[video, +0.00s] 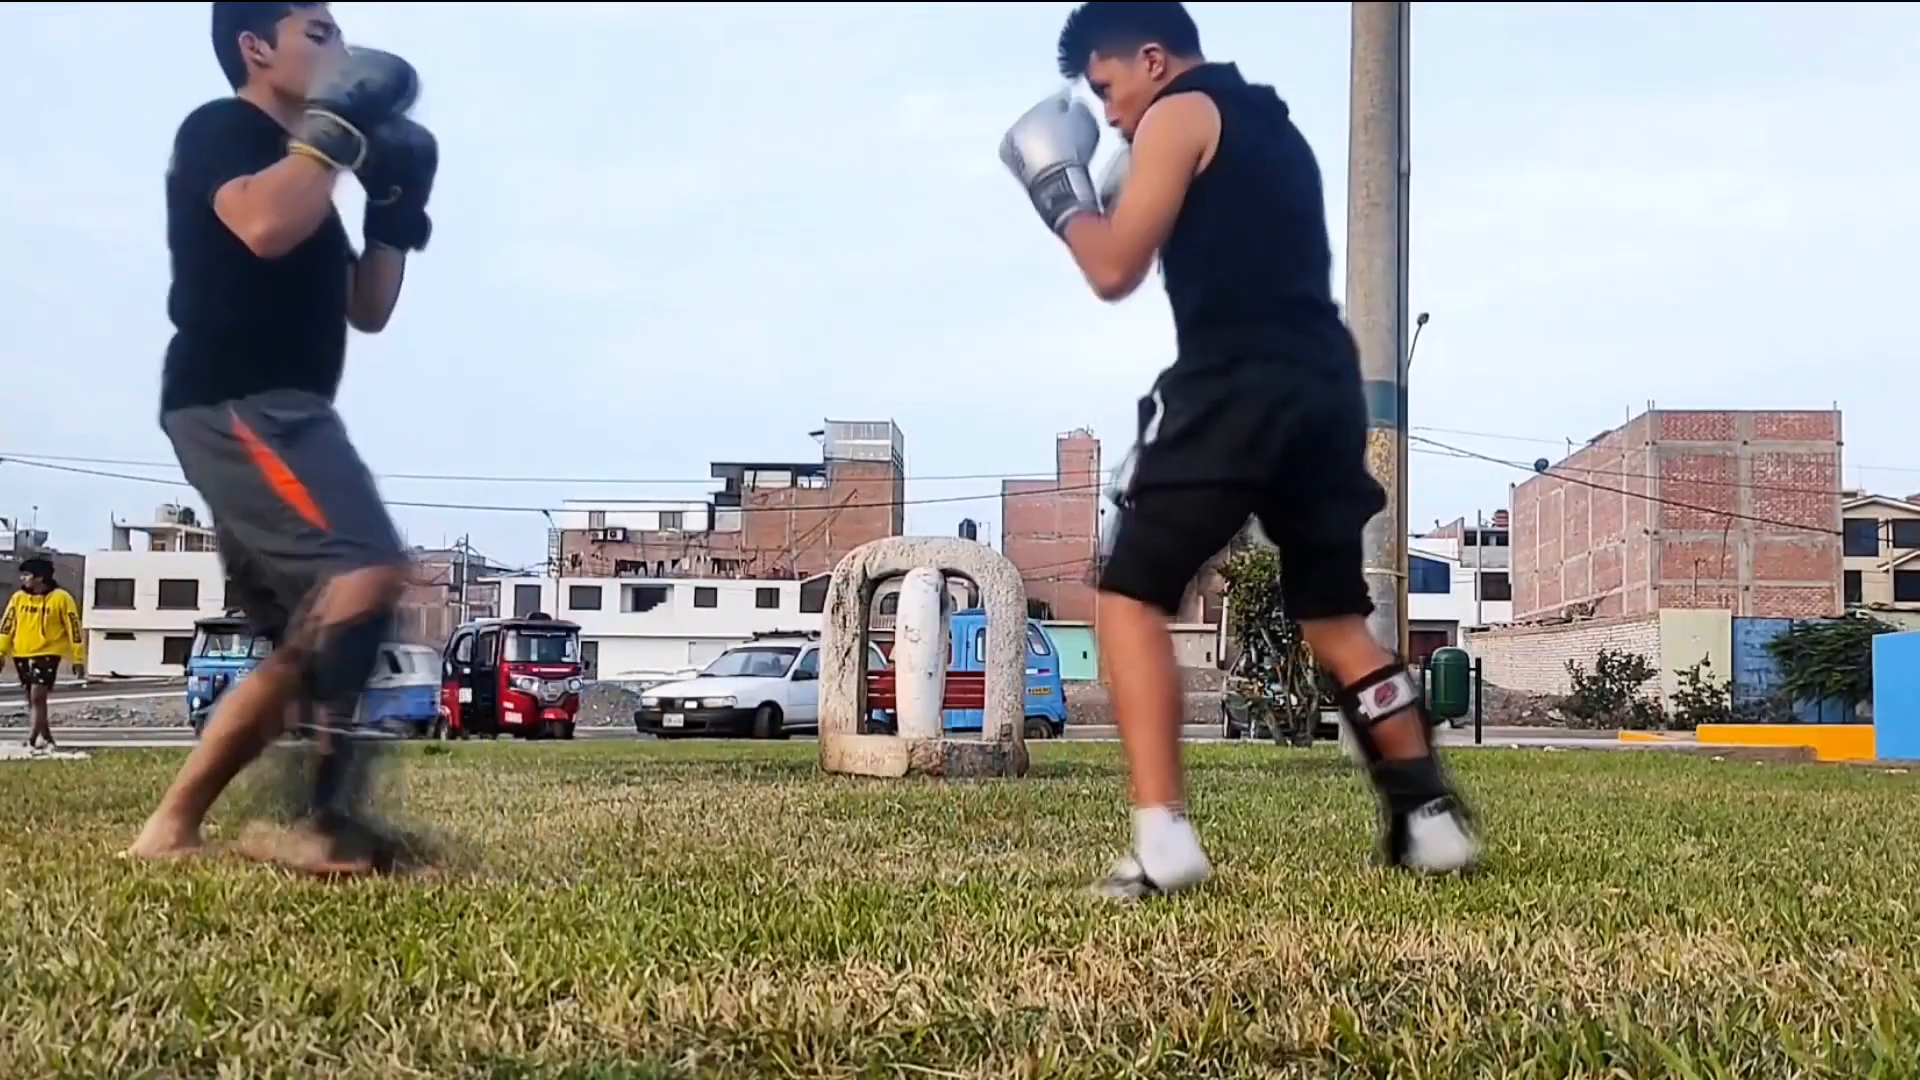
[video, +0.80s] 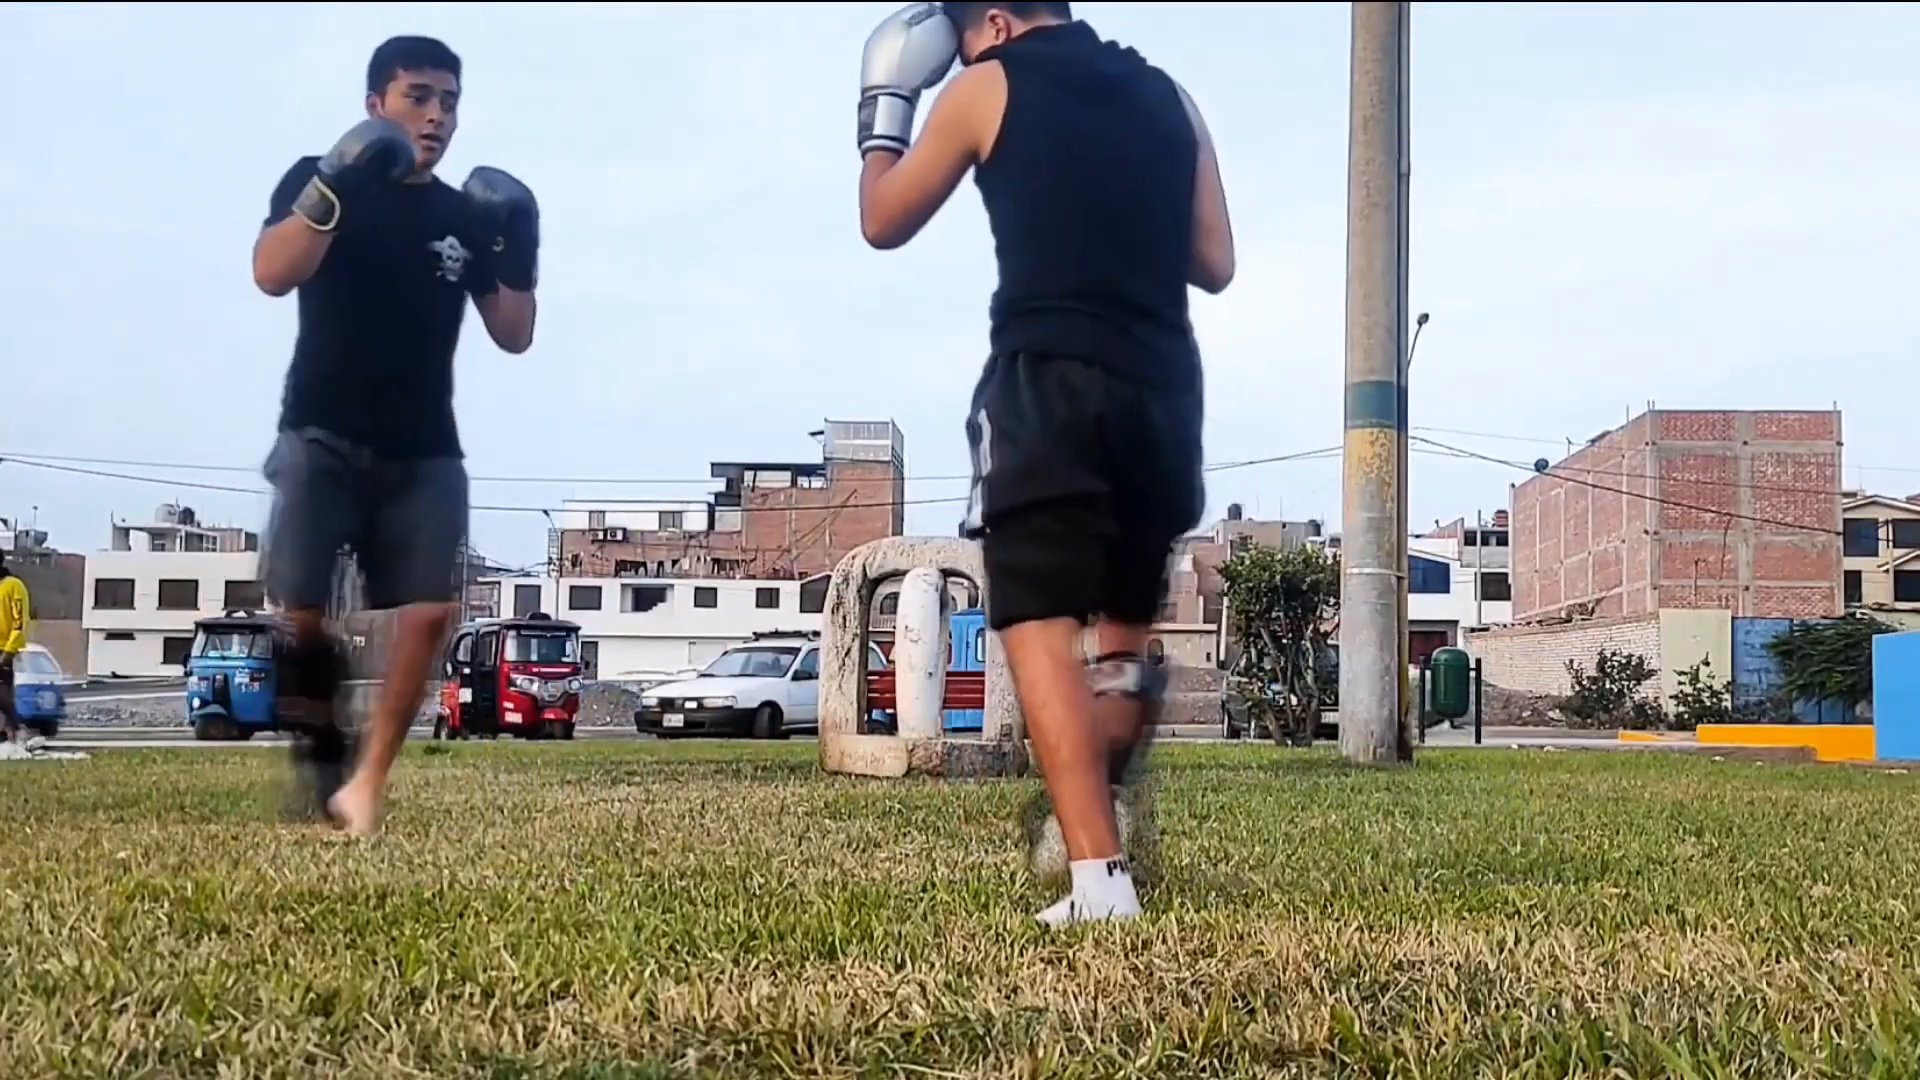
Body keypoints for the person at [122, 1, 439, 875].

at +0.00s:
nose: (339, 53)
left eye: (337, 37)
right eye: (317, 34)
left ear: (279, 54)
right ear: (255, 50)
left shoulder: (308, 160)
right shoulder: (219, 127)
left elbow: (369, 307)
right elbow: (265, 223)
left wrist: (395, 203)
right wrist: (338, 117)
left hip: (284, 403)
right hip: (239, 400)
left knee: (308, 642)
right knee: (363, 569)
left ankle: (170, 828)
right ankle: (325, 820)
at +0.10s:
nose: (311, 22)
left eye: (314, 11)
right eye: (291, 8)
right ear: (234, 21)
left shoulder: (302, 154)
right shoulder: (195, 97)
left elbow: (361, 284)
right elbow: (236, 193)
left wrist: (381, 178)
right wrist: (299, 84)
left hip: (282, 386)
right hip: (214, 372)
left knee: (287, 597)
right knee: (277, 570)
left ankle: (177, 803)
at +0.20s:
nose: (296, 20)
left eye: (300, 10)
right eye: (281, 5)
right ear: (223, 11)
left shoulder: (290, 147)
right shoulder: (174, 82)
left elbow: (343, 277)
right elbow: (203, 190)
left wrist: (366, 172)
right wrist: (270, 80)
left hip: (278, 399)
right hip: (189, 378)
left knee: (319, 584)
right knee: (160, 580)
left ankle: (209, 784)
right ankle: (24, 748)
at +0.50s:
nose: (324, 110)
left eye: (337, 97)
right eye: (309, 90)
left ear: (345, 107)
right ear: (256, 87)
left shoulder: (340, 215)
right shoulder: (181, 169)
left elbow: (398, 335)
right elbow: (155, 275)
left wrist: (405, 229)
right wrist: (222, 175)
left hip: (296, 455)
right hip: (181, 444)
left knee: (371, 617)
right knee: (85, 614)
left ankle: (345, 789)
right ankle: (0, 800)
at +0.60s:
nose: (366, 115)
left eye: (380, 101)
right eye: (349, 96)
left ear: (391, 110)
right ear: (302, 96)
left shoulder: (396, 211)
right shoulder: (247, 177)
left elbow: (468, 331)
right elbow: (195, 275)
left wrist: (451, 224)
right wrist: (253, 176)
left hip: (344, 457)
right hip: (231, 436)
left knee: (382, 624)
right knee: (136, 597)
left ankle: (333, 810)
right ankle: (35, 790)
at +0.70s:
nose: (405, 115)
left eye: (418, 101)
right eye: (387, 98)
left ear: (428, 110)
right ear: (345, 103)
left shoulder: (440, 213)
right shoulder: (297, 182)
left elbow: (509, 329)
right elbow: (236, 274)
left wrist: (491, 222)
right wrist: (292, 171)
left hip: (381, 458)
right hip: (272, 434)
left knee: (388, 628)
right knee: (219, 584)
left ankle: (339, 806)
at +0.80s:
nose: (436, 115)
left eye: (448, 101)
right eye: (419, 97)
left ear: (459, 113)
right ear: (377, 102)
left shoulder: (467, 216)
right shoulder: (321, 183)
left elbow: (514, 334)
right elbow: (271, 274)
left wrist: (514, 243)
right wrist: (334, 183)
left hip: (423, 444)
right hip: (321, 432)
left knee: (429, 610)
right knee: (298, 606)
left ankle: (367, 784)